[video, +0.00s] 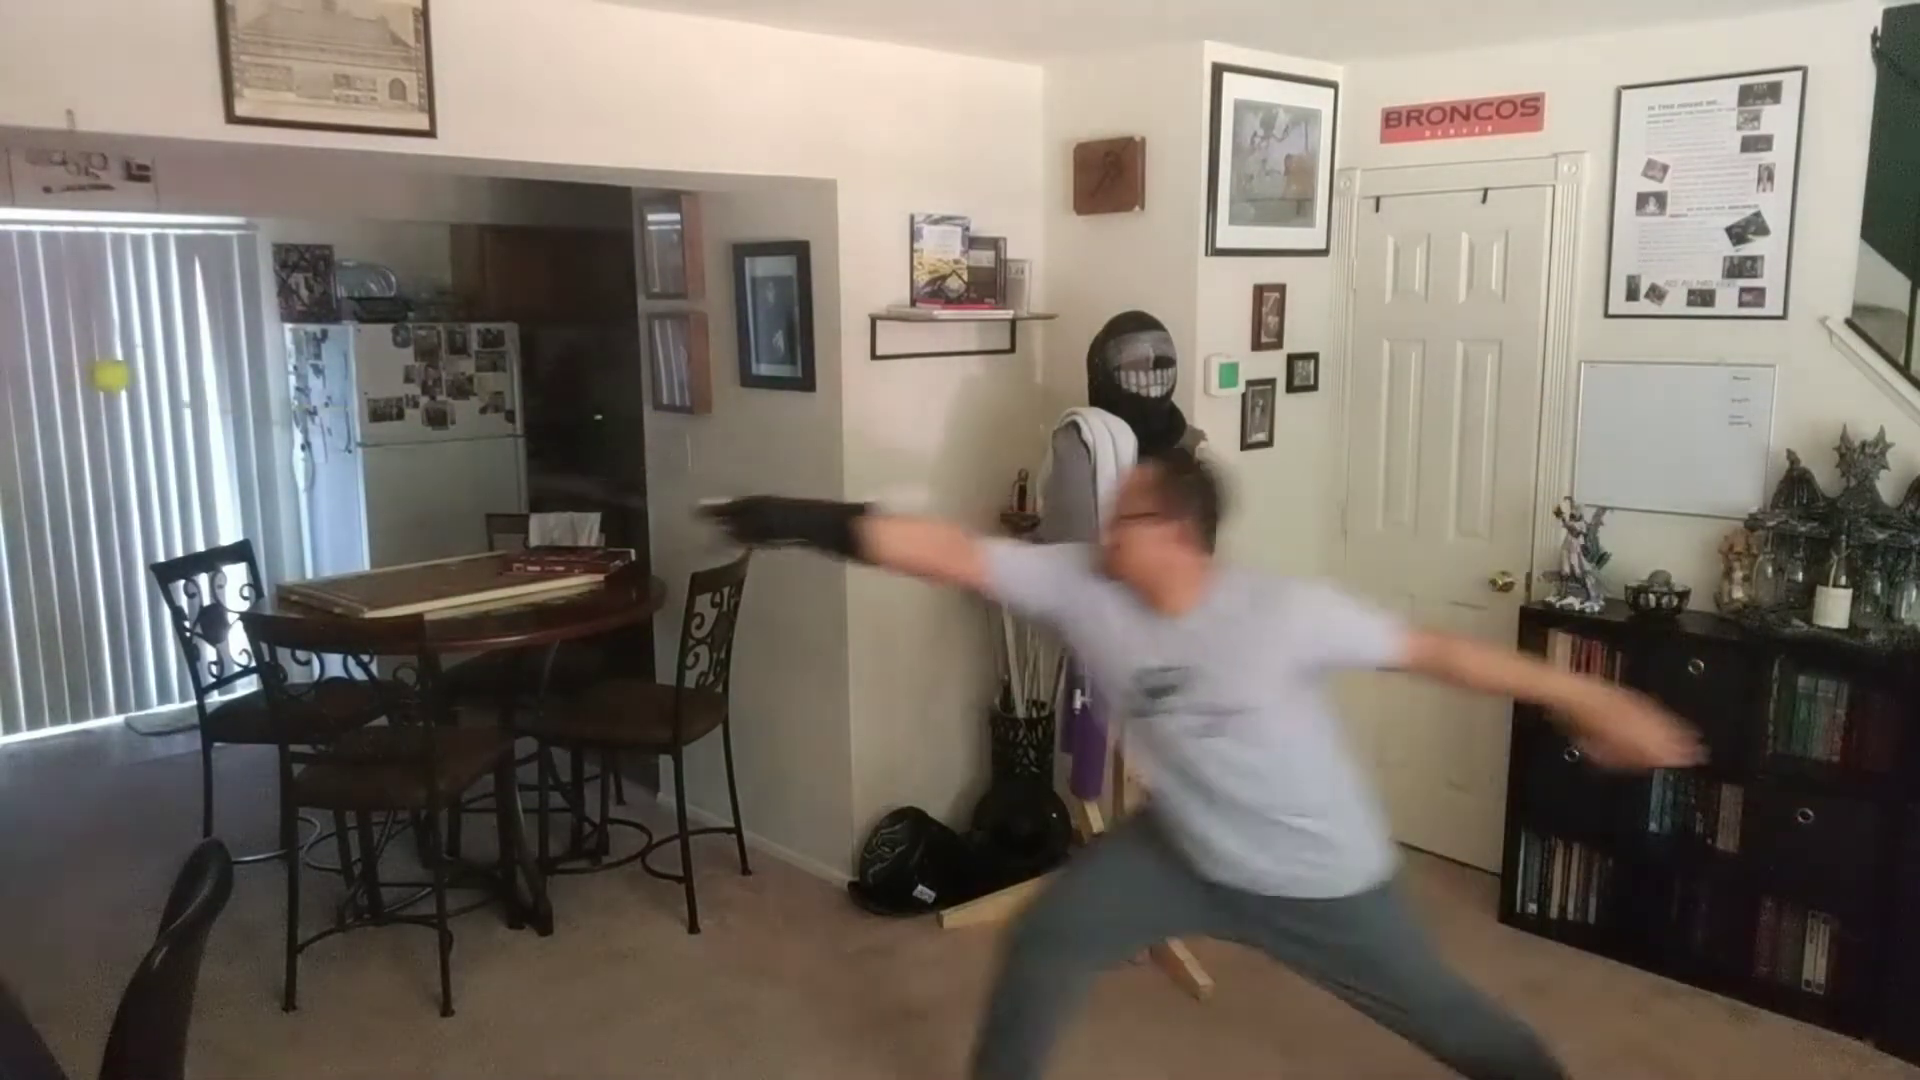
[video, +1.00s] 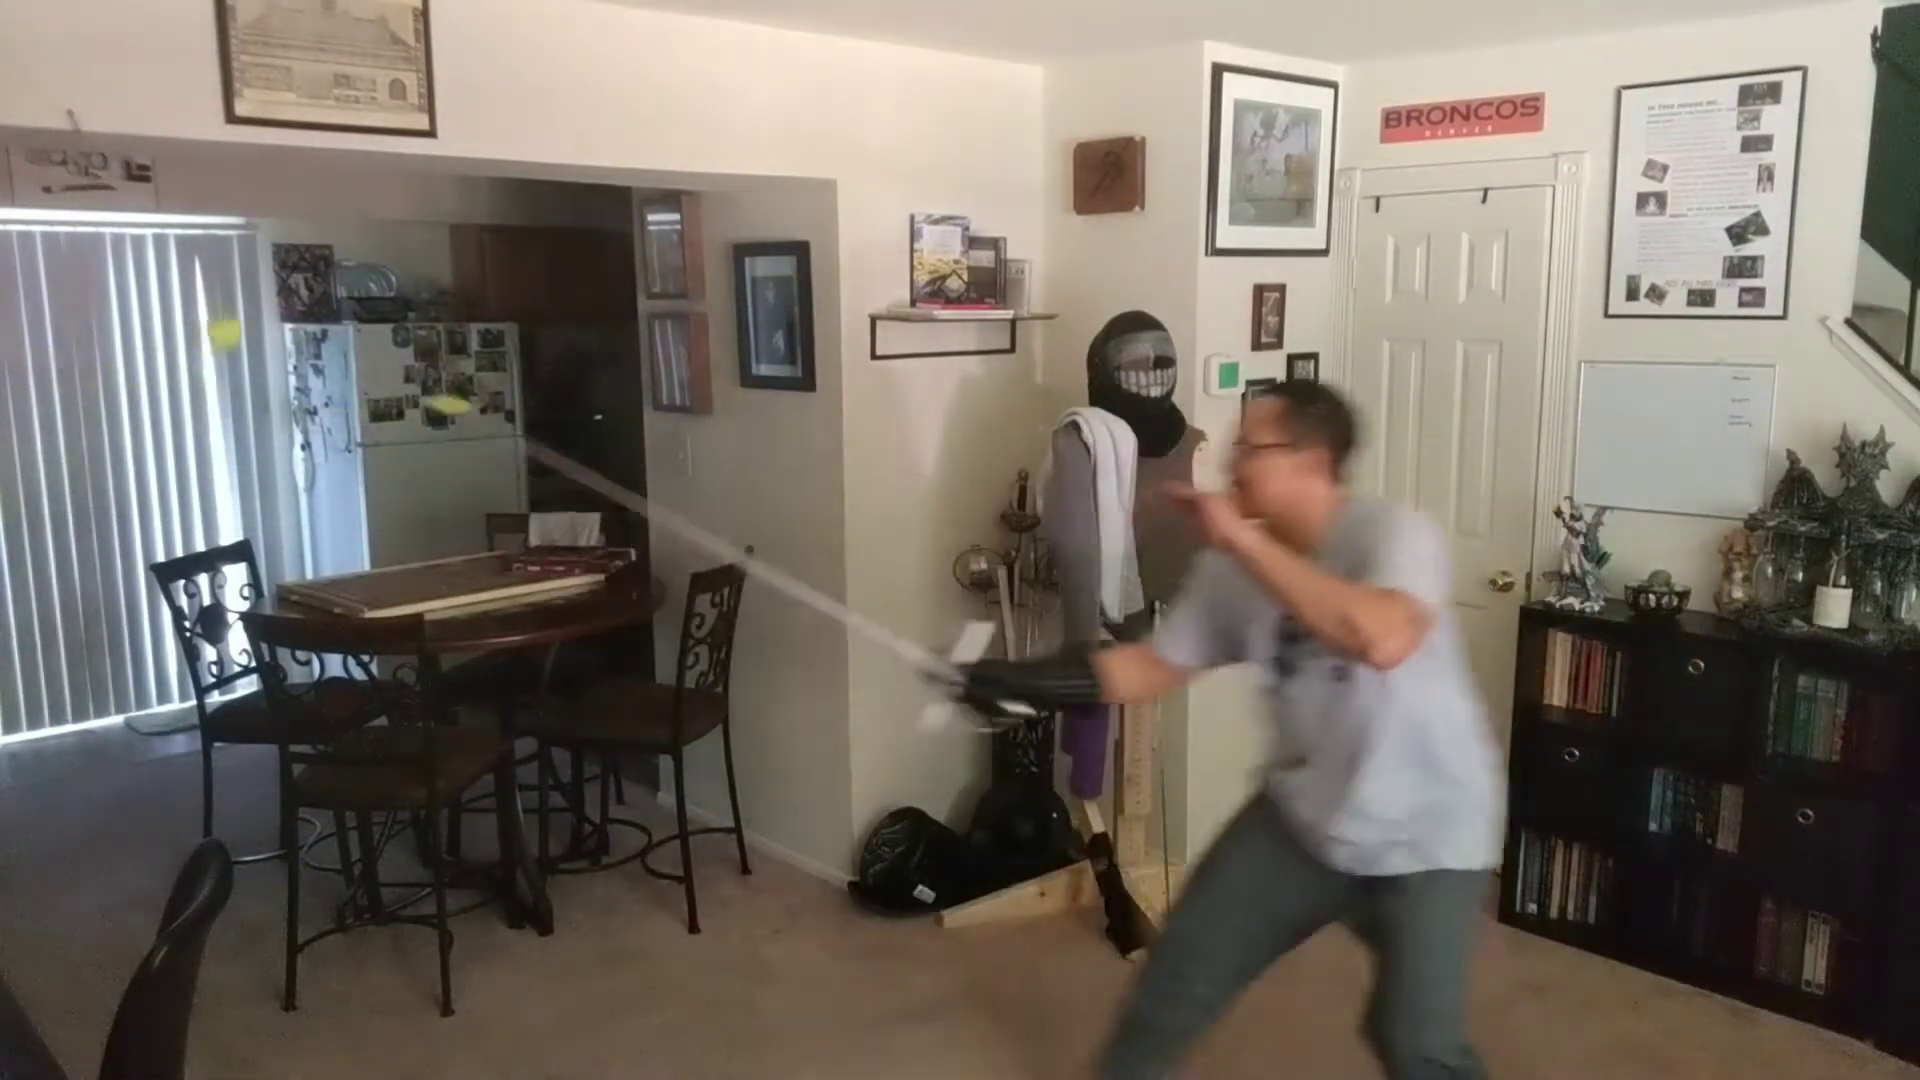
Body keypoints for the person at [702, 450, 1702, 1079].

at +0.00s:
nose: (1113, 530)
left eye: (1134, 517)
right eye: (1114, 515)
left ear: (1188, 531)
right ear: (1125, 529)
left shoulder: (1282, 614)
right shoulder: (1090, 592)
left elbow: (1438, 655)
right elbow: (949, 554)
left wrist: (1583, 699)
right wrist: (817, 525)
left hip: (1327, 886)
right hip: (1181, 857)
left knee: (1463, 1027)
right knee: (1050, 935)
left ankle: (1542, 1070)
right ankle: (999, 1075)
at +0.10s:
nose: (1008, 539)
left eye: (1029, 528)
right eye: (1013, 522)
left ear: (1086, 546)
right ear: (1031, 537)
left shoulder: (1184, 627)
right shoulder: (989, 602)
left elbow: (1329, 669)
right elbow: (853, 566)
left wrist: (1477, 715)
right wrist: (710, 533)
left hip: (1251, 869)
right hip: (1101, 854)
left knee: (1375, 1006)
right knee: (974, 945)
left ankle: (1478, 1068)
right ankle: (974, 1074)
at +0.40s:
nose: (875, 553)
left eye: (892, 540)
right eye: (880, 538)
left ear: (945, 554)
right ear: (919, 551)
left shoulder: (1054, 615)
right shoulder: (879, 610)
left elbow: (1202, 656)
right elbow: (742, 588)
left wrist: (1338, 710)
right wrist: (618, 566)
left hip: (1165, 839)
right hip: (1027, 835)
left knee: (1298, 976)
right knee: (916, 934)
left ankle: (1421, 1071)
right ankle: (967, 1078)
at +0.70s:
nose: (969, 519)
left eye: (986, 503)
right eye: (974, 502)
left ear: (1041, 513)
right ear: (1016, 517)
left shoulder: (1141, 592)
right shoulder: (967, 604)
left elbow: (1278, 678)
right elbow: (843, 639)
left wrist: (1205, 661)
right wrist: (708, 622)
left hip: (1205, 849)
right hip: (1069, 834)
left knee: (1294, 1030)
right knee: (965, 942)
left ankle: (1425, 1078)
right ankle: (968, 1078)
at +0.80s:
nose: (1057, 501)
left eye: (1077, 480)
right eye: (1055, 483)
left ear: (1136, 492)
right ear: (1054, 500)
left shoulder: (1208, 573)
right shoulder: (1045, 587)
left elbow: (1330, 678)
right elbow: (942, 661)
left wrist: (1195, 613)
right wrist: (807, 657)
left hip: (1259, 851)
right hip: (1114, 839)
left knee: (1317, 1046)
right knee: (1008, 982)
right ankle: (978, 1076)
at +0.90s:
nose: (1149, 481)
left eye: (1169, 463)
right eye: (1147, 465)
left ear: (1230, 468)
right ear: (1147, 477)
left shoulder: (1309, 548)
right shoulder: (1145, 579)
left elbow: (1348, 655)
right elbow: (1052, 663)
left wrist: (1205, 568)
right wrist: (921, 673)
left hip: (1352, 848)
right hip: (1217, 841)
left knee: (1372, 1033)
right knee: (1099, 981)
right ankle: (1026, 1073)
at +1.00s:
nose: (1234, 466)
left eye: (1253, 449)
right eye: (1236, 450)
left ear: (1316, 461)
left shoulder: (1398, 535)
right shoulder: (1236, 562)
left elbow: (1383, 636)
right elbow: (1152, 666)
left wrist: (1241, 538)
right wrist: (1025, 678)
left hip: (1429, 832)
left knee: (1417, 1040)